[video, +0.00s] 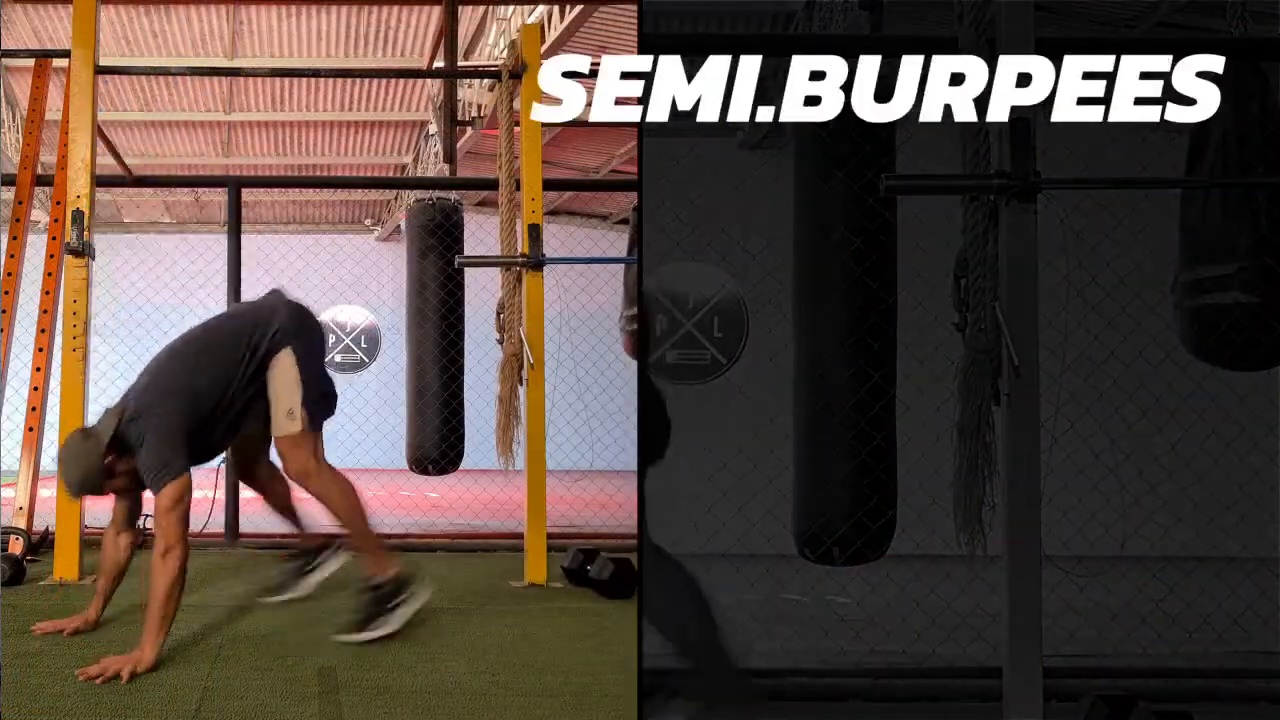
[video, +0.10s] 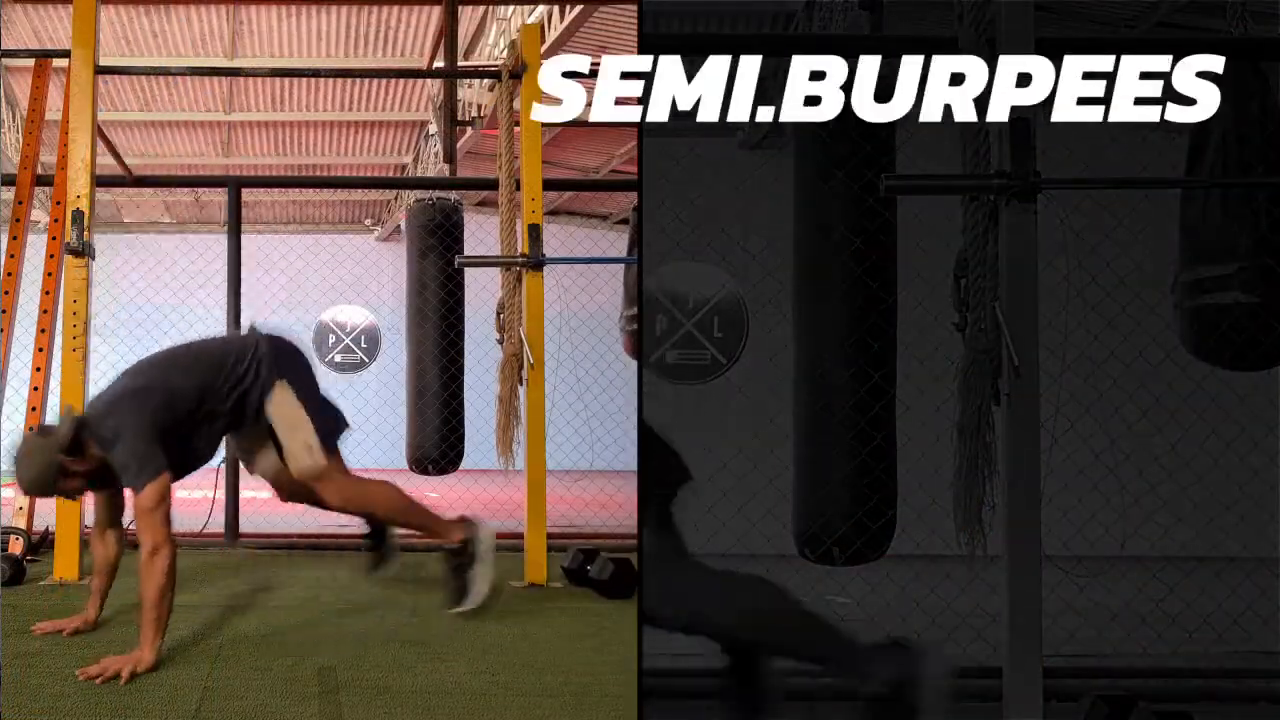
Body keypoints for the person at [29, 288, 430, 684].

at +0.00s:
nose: (112, 496)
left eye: (108, 488)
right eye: (103, 493)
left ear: (115, 462)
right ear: (109, 456)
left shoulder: (158, 437)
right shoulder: (118, 433)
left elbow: (172, 553)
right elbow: (121, 531)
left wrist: (146, 651)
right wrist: (93, 613)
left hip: (284, 332)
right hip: (253, 351)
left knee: (303, 464)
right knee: (248, 464)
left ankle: (389, 575)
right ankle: (312, 541)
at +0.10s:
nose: (71, 497)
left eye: (63, 491)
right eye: (61, 494)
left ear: (74, 467)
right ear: (70, 462)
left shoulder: (131, 435)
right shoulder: (89, 441)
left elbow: (158, 548)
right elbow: (106, 533)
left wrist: (146, 649)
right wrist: (91, 612)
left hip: (267, 370)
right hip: (237, 398)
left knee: (329, 486)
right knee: (288, 484)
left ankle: (460, 534)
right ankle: (381, 516)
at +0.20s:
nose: (38, 482)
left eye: (33, 474)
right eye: (30, 478)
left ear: (44, 444)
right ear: (41, 438)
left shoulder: (116, 433)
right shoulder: (76, 434)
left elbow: (146, 548)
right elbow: (96, 526)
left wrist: (144, 649)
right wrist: (90, 610)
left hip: (259, 431)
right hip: (235, 448)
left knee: (360, 502)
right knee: (304, 504)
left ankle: (490, 547)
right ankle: (403, 527)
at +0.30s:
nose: (40, 474)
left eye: (35, 464)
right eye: (31, 469)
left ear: (49, 438)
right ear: (46, 436)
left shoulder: (125, 432)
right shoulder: (80, 439)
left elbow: (151, 545)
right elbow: (102, 528)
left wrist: (146, 648)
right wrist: (90, 609)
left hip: (267, 481)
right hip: (242, 494)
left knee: (362, 548)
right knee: (338, 542)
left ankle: (499, 565)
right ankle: (420, 550)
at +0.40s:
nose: (41, 474)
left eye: (36, 465)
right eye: (32, 469)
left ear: (49, 439)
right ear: (48, 435)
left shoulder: (122, 432)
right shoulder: (85, 440)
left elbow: (151, 545)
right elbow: (103, 529)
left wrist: (145, 649)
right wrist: (90, 609)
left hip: (271, 475)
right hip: (243, 495)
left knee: (373, 543)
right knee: (331, 539)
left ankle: (505, 566)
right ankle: (418, 555)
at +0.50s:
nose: (56, 491)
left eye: (50, 482)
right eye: (46, 486)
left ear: (61, 455)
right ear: (56, 452)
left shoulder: (123, 432)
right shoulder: (82, 439)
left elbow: (149, 546)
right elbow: (101, 526)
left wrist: (145, 649)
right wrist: (91, 608)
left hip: (269, 407)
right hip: (242, 433)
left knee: (348, 509)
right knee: (295, 506)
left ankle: (484, 552)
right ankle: (392, 535)